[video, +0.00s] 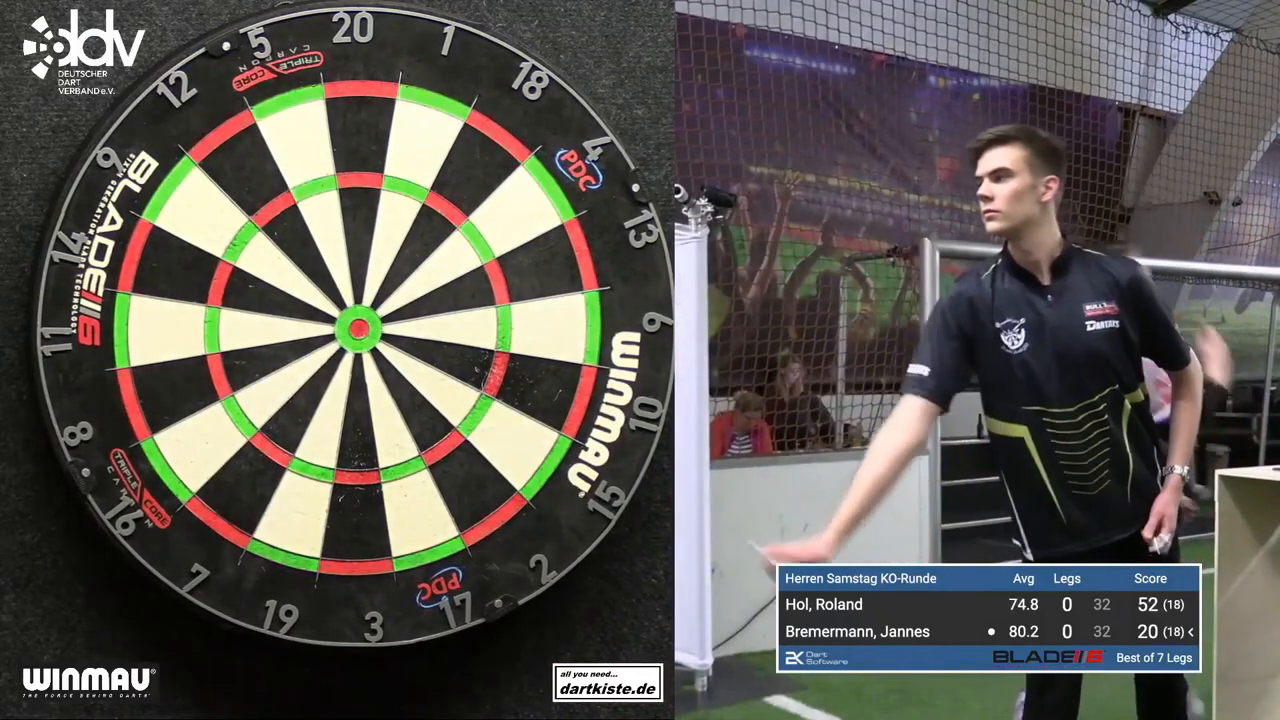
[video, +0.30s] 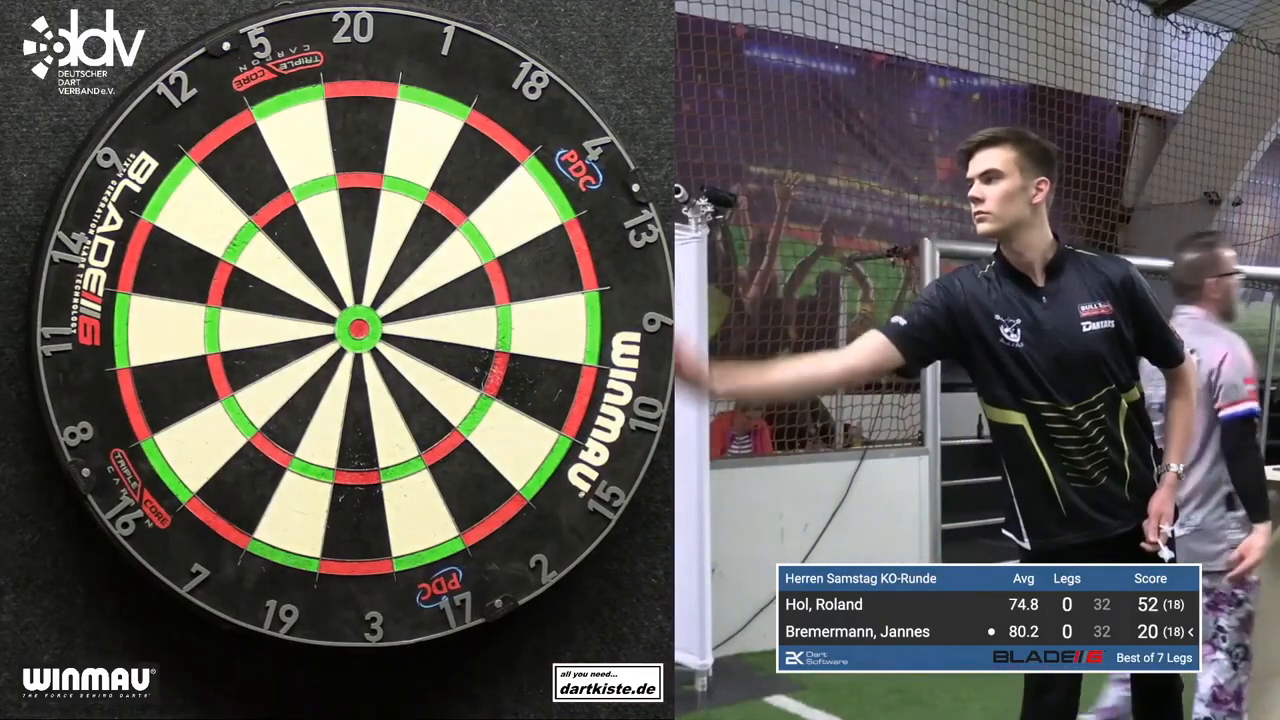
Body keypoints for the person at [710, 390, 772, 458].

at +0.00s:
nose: (752, 423)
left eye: (756, 419)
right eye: (748, 418)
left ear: (761, 417)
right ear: (737, 413)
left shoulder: (762, 427)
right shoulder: (719, 425)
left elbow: (767, 457)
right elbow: (714, 459)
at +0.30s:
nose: (752, 423)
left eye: (756, 418)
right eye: (748, 418)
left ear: (760, 417)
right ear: (738, 412)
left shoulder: (761, 425)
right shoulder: (719, 425)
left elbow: (768, 456)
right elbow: (713, 459)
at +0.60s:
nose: (752, 423)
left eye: (756, 418)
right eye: (748, 418)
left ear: (761, 417)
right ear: (737, 412)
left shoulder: (761, 426)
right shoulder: (719, 425)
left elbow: (768, 457)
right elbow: (713, 460)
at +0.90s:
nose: (752, 423)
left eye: (756, 418)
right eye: (748, 418)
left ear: (760, 417)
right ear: (737, 412)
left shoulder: (761, 426)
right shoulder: (719, 424)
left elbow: (768, 457)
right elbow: (713, 459)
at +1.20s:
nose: (753, 422)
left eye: (756, 418)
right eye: (748, 417)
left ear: (760, 416)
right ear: (737, 413)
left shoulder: (761, 425)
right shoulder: (719, 424)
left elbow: (768, 456)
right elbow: (713, 459)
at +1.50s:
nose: (752, 422)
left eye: (756, 418)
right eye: (747, 417)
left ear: (760, 416)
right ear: (737, 413)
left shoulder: (761, 426)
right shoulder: (719, 424)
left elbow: (768, 456)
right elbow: (713, 459)